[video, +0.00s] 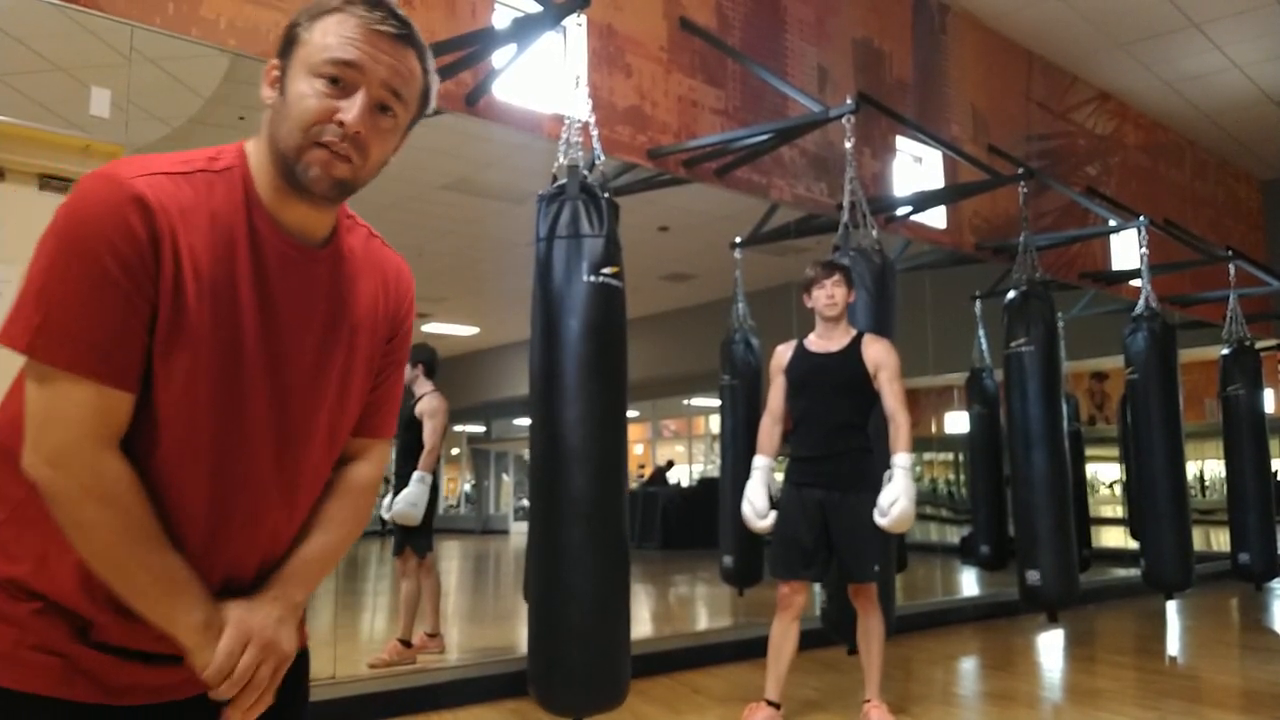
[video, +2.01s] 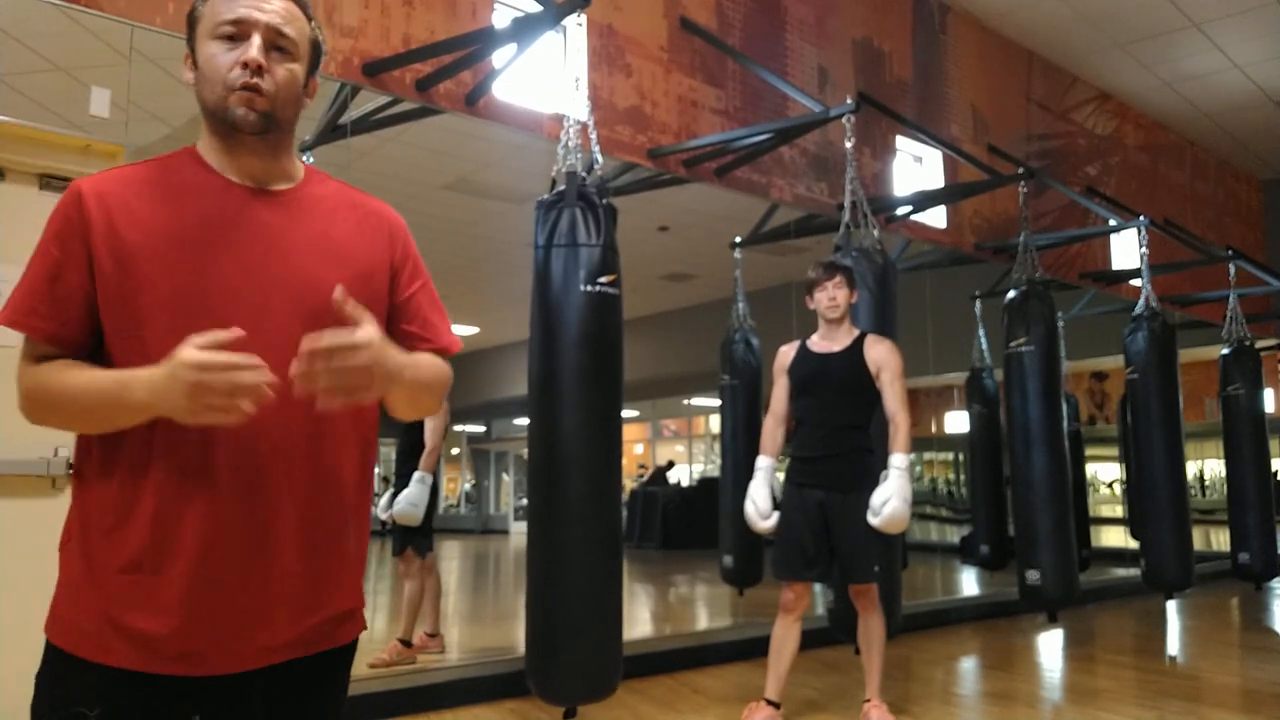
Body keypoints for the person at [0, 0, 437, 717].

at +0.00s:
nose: (352, 118)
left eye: (385, 108)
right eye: (336, 81)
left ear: (399, 142)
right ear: (274, 81)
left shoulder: (385, 284)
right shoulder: (129, 207)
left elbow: (366, 459)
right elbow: (67, 451)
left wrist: (285, 599)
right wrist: (205, 632)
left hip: (254, 669)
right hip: (67, 663)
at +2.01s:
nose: (253, 56)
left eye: (279, 47)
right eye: (230, 35)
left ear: (308, 87)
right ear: (189, 65)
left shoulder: (376, 229)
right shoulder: (99, 209)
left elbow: (433, 386)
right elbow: (37, 388)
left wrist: (388, 369)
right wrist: (154, 389)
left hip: (301, 648)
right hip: (117, 645)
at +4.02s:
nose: (256, 113)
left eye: (286, 97)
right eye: (238, 83)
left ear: (314, 118)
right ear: (198, 84)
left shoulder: (355, 256)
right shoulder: (100, 215)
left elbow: (385, 414)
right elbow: (38, 393)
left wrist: (334, 375)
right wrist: (211, 418)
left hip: (273, 654)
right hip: (96, 646)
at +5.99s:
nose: (188, 88)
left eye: (219, 70)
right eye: (166, 57)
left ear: (246, 91)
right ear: (118, 59)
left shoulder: (296, 232)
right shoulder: (21, 208)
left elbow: (334, 409)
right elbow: (3, 398)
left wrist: (326, 346)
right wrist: (78, 356)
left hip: (244, 652)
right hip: (51, 655)